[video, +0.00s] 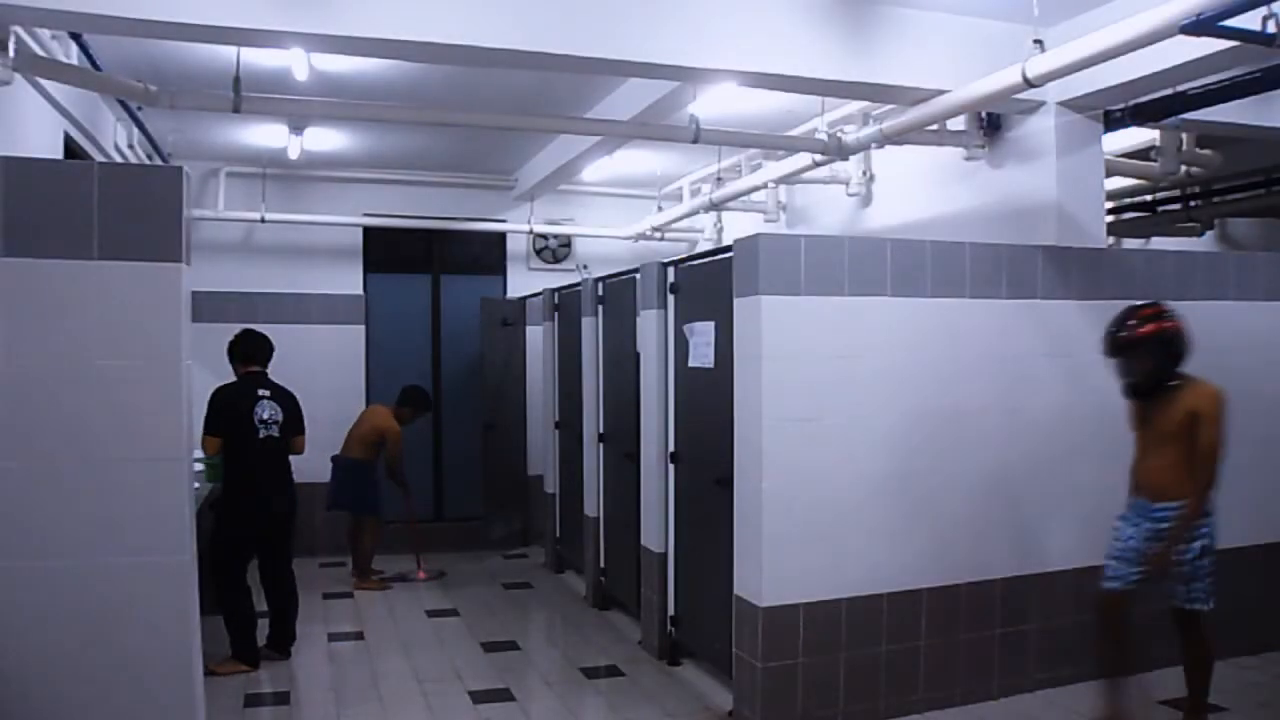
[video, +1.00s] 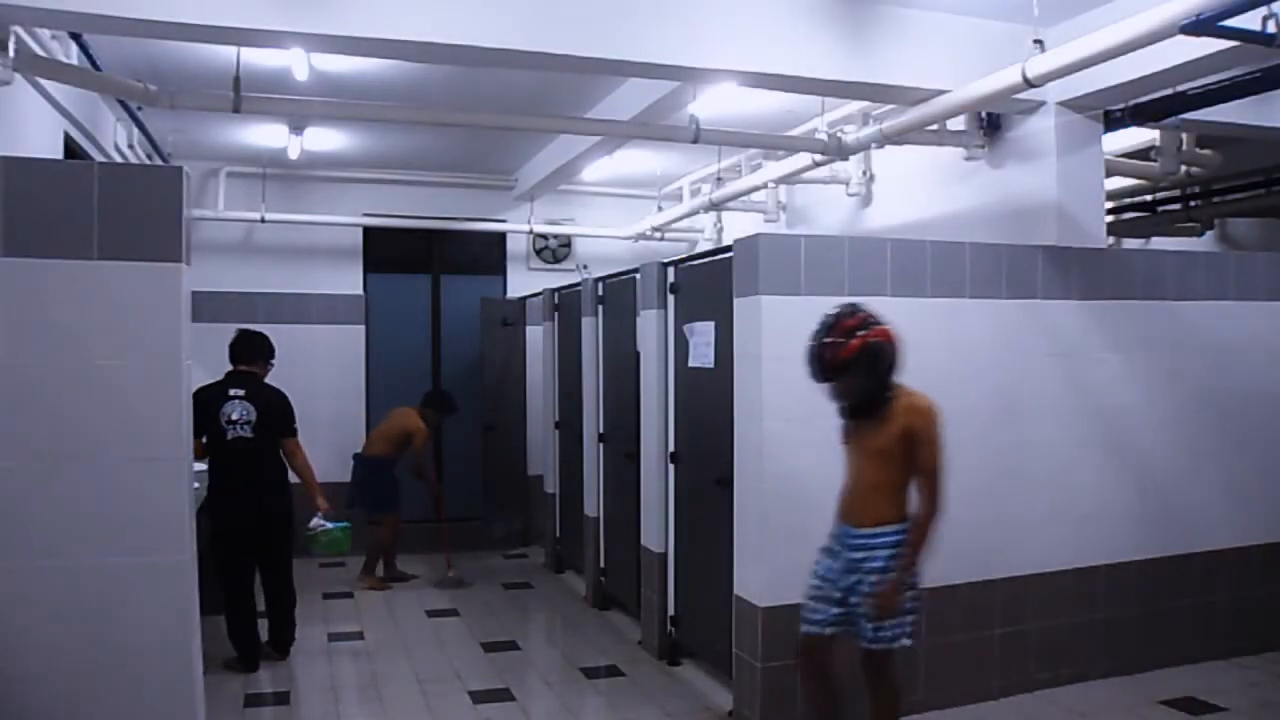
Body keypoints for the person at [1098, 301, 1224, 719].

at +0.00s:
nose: (1126, 369)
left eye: (1133, 358)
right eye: (1123, 360)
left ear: (1161, 353)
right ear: (1126, 360)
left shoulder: (1203, 398)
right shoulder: (1141, 398)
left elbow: (1205, 482)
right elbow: (1144, 459)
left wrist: (1170, 542)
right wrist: (1132, 514)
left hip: (1187, 519)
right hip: (1141, 513)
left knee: (1190, 614)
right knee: (1111, 596)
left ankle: (1197, 707)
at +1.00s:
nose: (835, 391)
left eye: (843, 379)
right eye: (831, 380)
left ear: (872, 369)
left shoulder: (915, 413)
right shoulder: (854, 411)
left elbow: (929, 503)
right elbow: (859, 483)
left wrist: (900, 577)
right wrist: (840, 544)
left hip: (886, 549)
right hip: (841, 544)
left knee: (877, 660)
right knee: (812, 649)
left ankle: (885, 714)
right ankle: (826, 714)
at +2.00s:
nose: (674, 417)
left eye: (684, 408)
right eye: (663, 407)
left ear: (699, 392)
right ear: (637, 381)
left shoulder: (699, 423)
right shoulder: (592, 419)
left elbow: (698, 502)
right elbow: (570, 506)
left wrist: (716, 564)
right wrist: (602, 578)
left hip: (678, 575)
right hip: (617, 577)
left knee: (672, 694)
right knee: (601, 700)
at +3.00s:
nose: (637, 415)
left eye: (646, 403)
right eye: (625, 405)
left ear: (655, 387)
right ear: (598, 383)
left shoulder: (655, 420)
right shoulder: (548, 422)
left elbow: (637, 495)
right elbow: (515, 501)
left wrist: (668, 559)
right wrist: (538, 576)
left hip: (645, 583)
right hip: (580, 587)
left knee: (659, 700)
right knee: (578, 708)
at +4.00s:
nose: (649, 419)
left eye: (658, 407)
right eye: (640, 406)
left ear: (665, 392)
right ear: (608, 384)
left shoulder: (653, 419)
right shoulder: (555, 422)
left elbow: (635, 495)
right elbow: (511, 505)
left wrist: (675, 547)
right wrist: (551, 573)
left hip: (649, 579)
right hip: (589, 583)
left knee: (653, 697)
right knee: (582, 706)